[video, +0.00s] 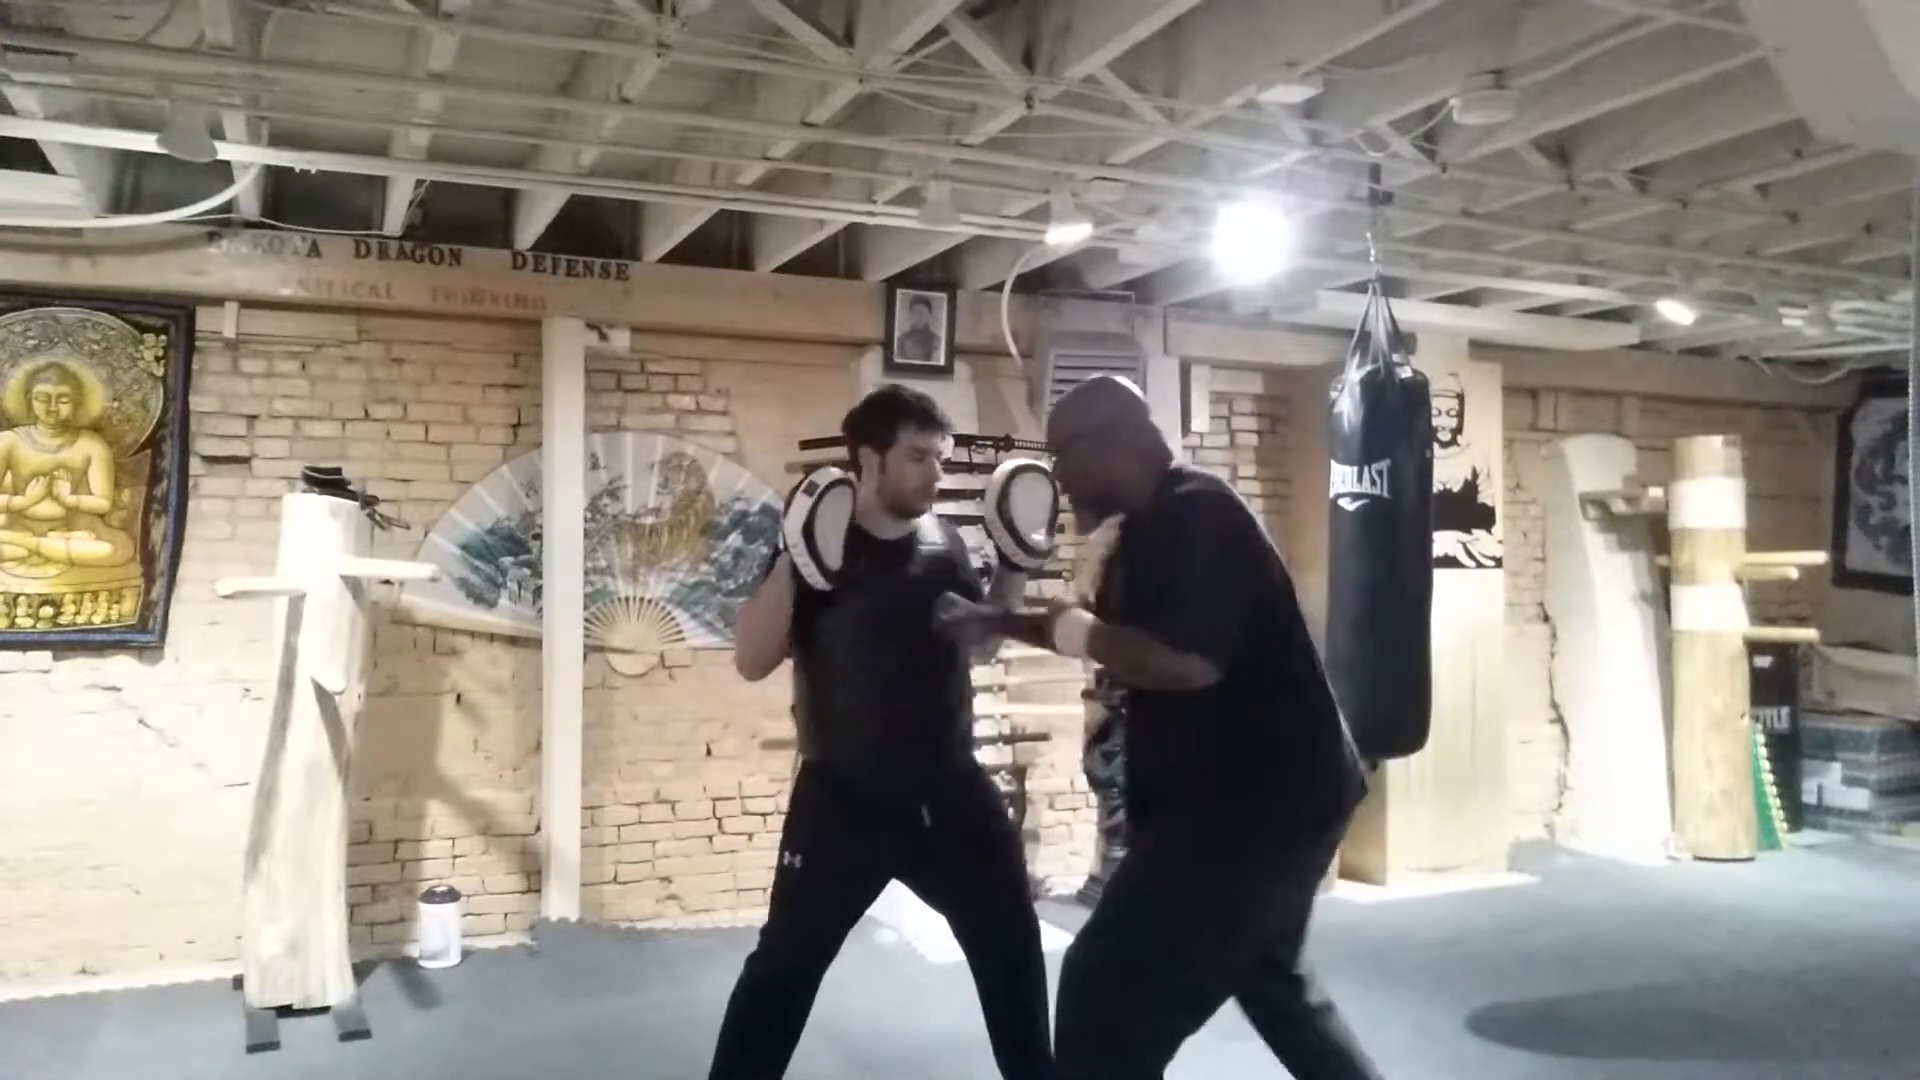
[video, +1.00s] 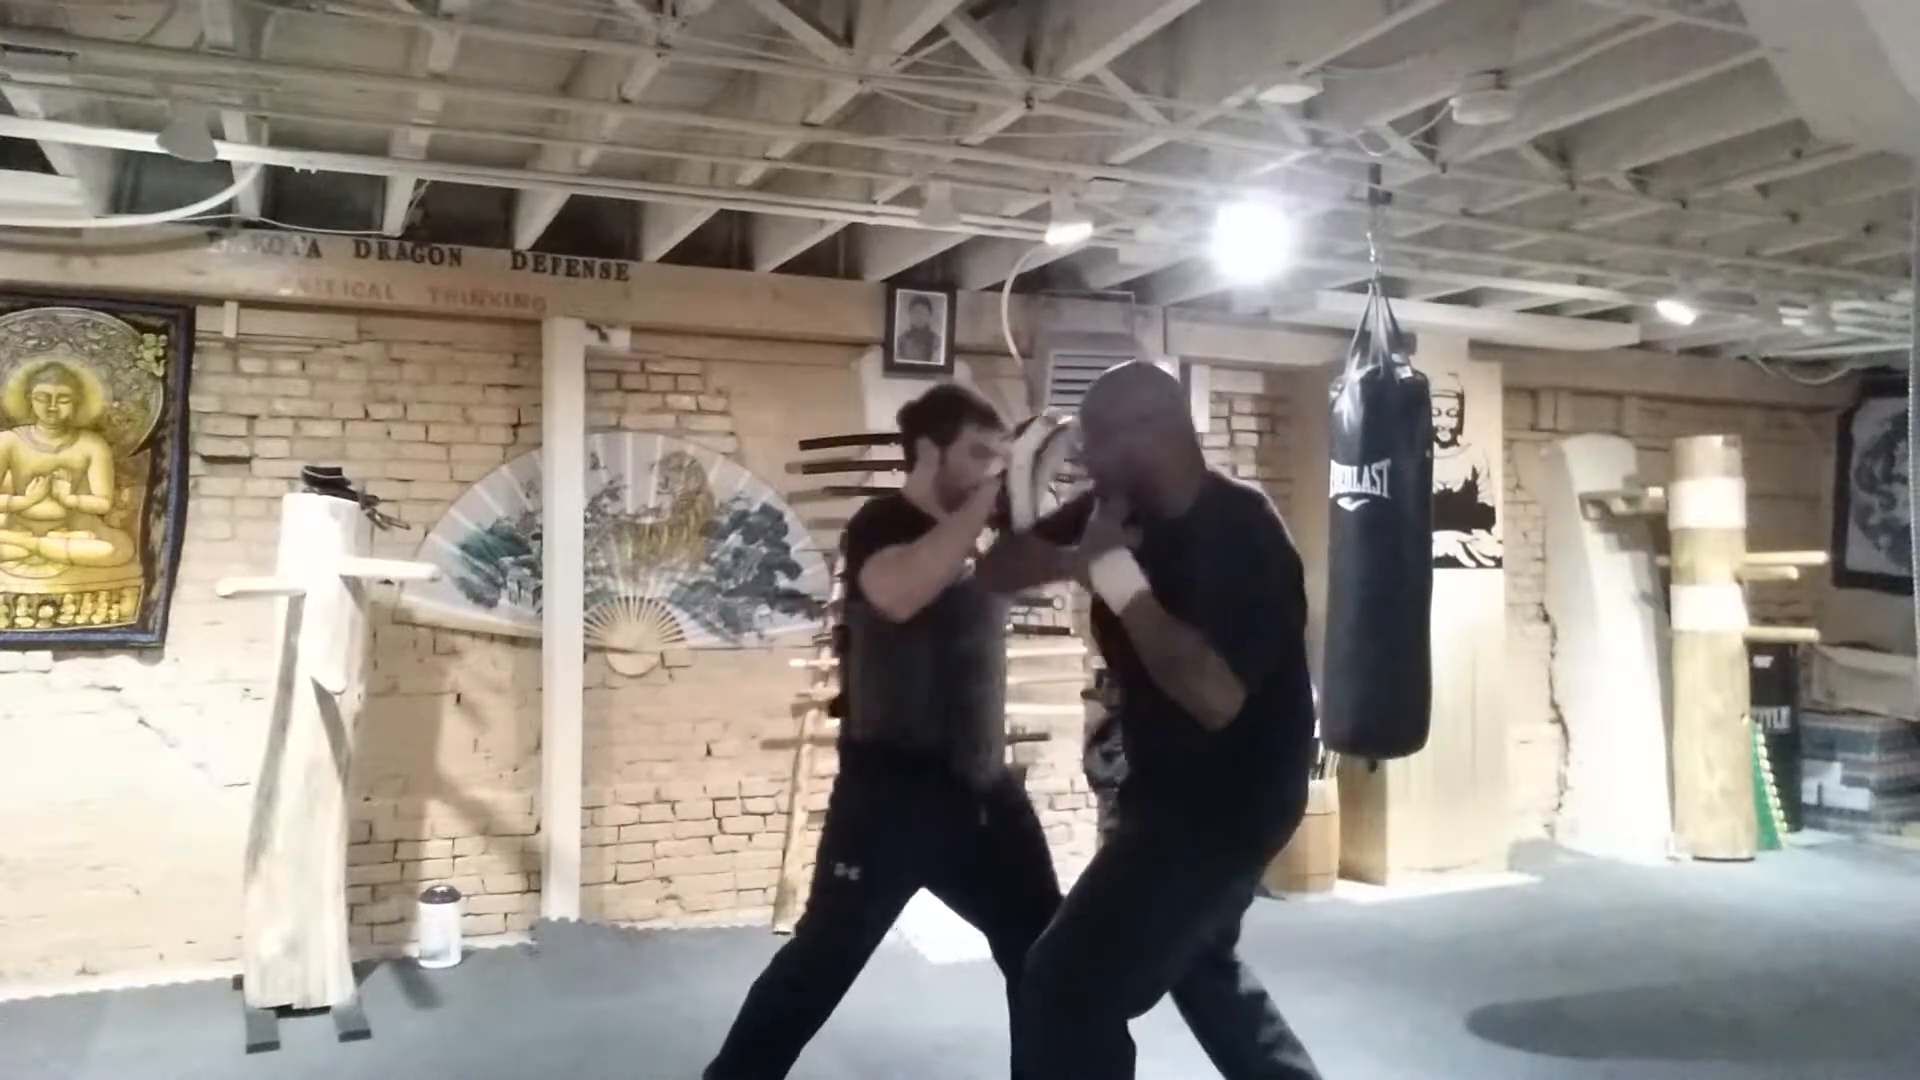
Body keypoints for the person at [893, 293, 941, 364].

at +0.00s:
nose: (918, 317)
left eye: (921, 313)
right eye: (915, 312)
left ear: (929, 315)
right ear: (910, 314)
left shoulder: (936, 340)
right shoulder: (901, 339)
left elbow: (935, 364)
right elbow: (897, 360)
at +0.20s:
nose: (918, 317)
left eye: (921, 313)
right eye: (915, 312)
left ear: (929, 315)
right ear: (910, 314)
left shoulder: (936, 341)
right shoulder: (901, 340)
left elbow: (935, 364)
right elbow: (897, 360)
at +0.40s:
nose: (920, 317)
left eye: (924, 313)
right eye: (916, 313)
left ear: (930, 316)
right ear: (910, 314)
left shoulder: (935, 340)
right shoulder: (901, 339)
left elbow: (935, 363)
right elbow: (897, 360)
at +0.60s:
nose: (920, 317)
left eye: (924, 314)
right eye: (916, 313)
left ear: (930, 316)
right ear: (910, 314)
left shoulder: (935, 340)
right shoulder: (901, 339)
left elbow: (935, 363)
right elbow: (897, 360)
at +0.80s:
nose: (919, 317)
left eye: (923, 313)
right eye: (916, 312)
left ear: (930, 316)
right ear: (909, 314)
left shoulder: (936, 340)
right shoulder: (901, 339)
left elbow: (935, 364)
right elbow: (897, 361)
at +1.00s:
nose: (920, 317)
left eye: (924, 313)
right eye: (916, 313)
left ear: (930, 316)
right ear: (909, 314)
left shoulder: (936, 340)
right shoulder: (901, 340)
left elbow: (935, 364)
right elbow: (897, 361)